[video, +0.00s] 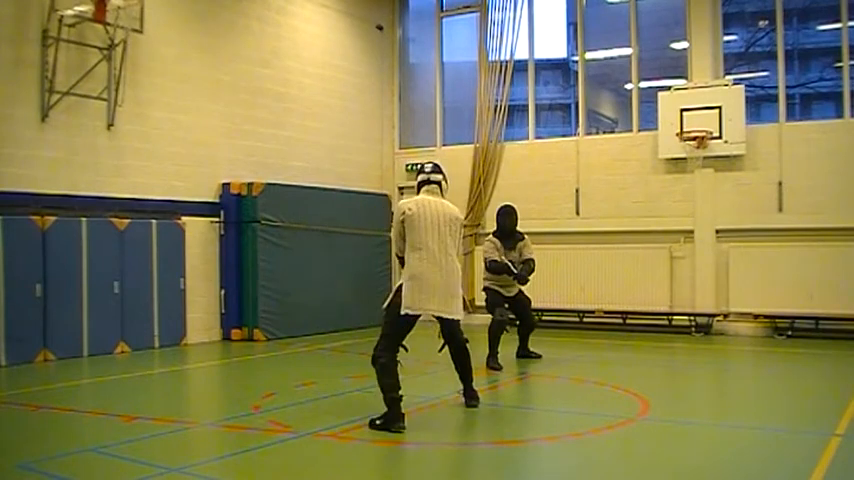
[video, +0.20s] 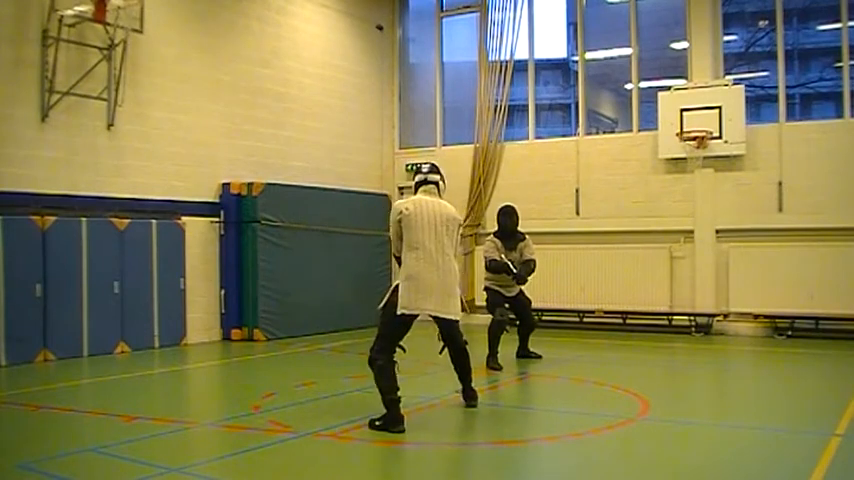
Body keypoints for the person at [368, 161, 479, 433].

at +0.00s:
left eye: (419, 184)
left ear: (418, 185)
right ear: (443, 186)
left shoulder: (404, 207)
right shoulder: (456, 213)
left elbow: (399, 252)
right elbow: (457, 253)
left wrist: (415, 275)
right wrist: (437, 275)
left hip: (413, 289)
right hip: (448, 291)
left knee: (384, 352)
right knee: (455, 340)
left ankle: (394, 414)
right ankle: (470, 392)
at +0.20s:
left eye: (415, 183)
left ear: (415, 185)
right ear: (440, 187)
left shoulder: (401, 207)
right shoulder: (453, 213)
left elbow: (397, 251)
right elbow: (454, 253)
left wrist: (414, 275)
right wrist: (433, 276)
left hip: (410, 290)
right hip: (445, 291)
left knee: (381, 352)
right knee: (455, 342)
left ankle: (393, 415)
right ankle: (469, 392)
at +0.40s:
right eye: (445, 184)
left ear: (422, 185)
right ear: (446, 185)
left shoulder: (409, 207)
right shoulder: (459, 211)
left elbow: (404, 251)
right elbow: (463, 252)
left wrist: (421, 270)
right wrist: (447, 272)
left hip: (419, 287)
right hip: (455, 288)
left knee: (390, 350)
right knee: (459, 338)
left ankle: (394, 414)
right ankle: (470, 392)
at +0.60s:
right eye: (450, 182)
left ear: (428, 184)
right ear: (453, 184)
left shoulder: (417, 207)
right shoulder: (466, 210)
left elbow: (413, 251)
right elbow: (471, 247)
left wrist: (433, 269)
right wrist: (450, 267)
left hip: (432, 285)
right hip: (464, 285)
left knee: (402, 347)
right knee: (460, 333)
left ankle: (398, 413)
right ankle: (470, 392)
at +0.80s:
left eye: (434, 181)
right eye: (451, 182)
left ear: (430, 183)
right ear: (455, 183)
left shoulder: (420, 206)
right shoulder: (468, 210)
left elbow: (416, 249)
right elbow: (473, 246)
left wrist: (437, 265)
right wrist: (451, 263)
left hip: (434, 285)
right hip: (465, 284)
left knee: (407, 347)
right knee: (462, 334)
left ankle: (398, 413)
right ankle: (471, 392)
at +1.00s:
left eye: (434, 181)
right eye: (451, 182)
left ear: (430, 182)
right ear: (455, 183)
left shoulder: (419, 206)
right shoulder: (468, 211)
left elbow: (416, 248)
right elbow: (472, 247)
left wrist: (435, 264)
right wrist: (452, 263)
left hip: (432, 285)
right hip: (463, 285)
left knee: (403, 347)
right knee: (462, 334)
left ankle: (397, 414)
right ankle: (470, 392)